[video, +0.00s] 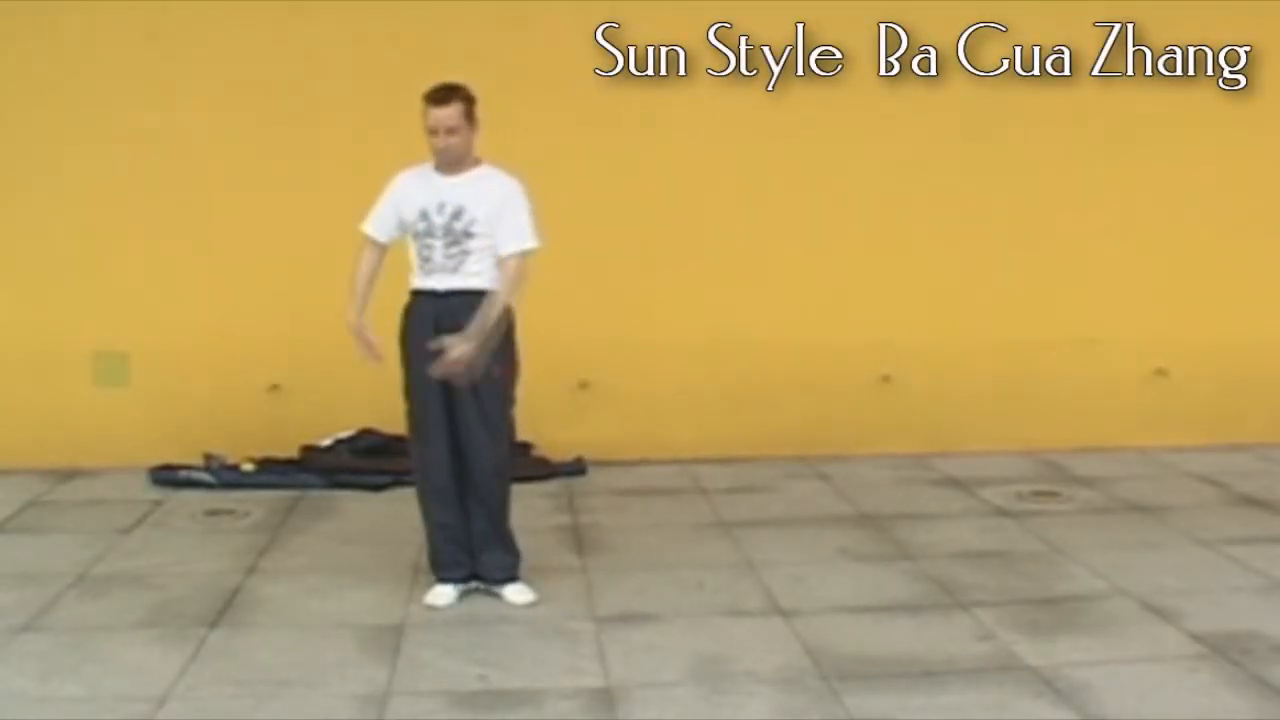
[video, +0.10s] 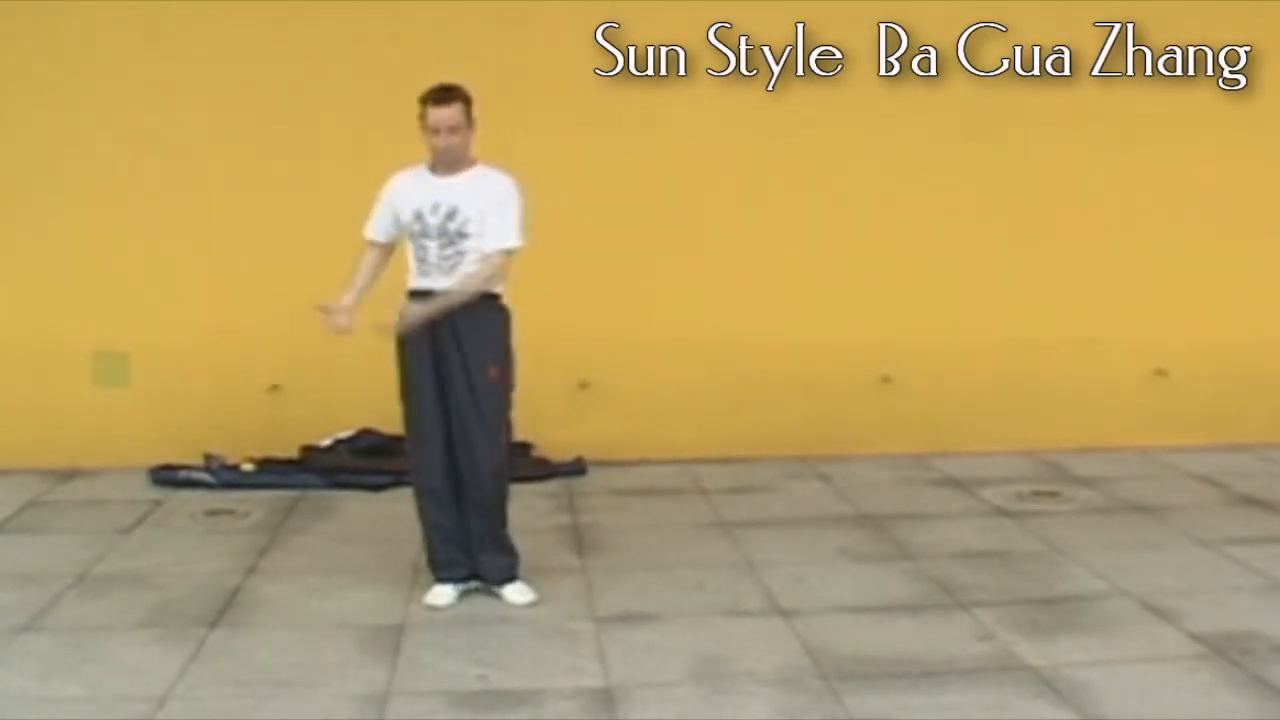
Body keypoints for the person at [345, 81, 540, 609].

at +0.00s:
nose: (442, 140)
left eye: (451, 130)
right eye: (434, 131)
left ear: (473, 130)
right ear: (425, 132)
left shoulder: (501, 188)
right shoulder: (408, 185)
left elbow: (514, 270)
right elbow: (373, 245)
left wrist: (476, 337)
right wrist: (357, 313)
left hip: (484, 310)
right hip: (426, 310)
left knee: (486, 446)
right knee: (432, 448)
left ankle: (499, 567)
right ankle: (450, 570)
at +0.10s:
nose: (444, 140)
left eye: (453, 130)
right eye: (435, 131)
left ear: (472, 129)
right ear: (422, 132)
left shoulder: (496, 188)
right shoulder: (403, 187)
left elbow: (494, 268)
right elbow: (377, 248)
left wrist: (428, 309)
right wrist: (350, 300)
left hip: (478, 316)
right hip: (420, 317)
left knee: (485, 447)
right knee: (430, 449)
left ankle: (496, 568)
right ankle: (449, 571)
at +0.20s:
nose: (450, 142)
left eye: (459, 132)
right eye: (440, 133)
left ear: (472, 133)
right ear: (423, 135)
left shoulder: (494, 188)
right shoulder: (398, 189)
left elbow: (471, 255)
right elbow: (374, 255)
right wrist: (326, 290)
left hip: (474, 321)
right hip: (419, 322)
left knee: (480, 450)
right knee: (426, 451)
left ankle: (493, 574)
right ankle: (449, 573)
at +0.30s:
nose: (454, 145)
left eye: (462, 136)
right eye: (444, 136)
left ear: (473, 138)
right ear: (425, 138)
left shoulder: (491, 186)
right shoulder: (396, 190)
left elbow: (478, 233)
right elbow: (368, 255)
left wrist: (421, 179)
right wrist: (336, 275)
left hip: (471, 324)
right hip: (413, 325)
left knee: (475, 456)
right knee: (422, 456)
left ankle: (482, 586)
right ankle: (445, 575)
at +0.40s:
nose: (455, 150)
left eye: (462, 139)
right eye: (445, 139)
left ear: (471, 141)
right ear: (423, 140)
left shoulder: (482, 196)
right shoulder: (391, 194)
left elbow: (503, 200)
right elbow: (353, 263)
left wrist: (475, 144)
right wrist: (396, 265)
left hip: (468, 324)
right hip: (410, 324)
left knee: (468, 463)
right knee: (416, 463)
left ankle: (465, 601)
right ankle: (443, 575)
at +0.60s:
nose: (462, 162)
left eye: (467, 152)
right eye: (453, 151)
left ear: (470, 155)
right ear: (420, 152)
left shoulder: (480, 206)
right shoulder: (386, 207)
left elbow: (552, 193)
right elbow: (377, 279)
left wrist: (566, 134)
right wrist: (461, 299)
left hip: (461, 342)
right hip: (402, 340)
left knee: (449, 483)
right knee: (401, 478)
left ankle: (431, 621)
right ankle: (452, 559)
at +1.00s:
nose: (492, 170)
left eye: (493, 159)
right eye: (482, 159)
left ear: (468, 163)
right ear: (440, 160)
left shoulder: (490, 218)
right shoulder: (390, 220)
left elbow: (571, 211)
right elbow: (393, 307)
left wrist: (656, 180)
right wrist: (478, 353)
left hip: (465, 373)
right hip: (398, 370)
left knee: (455, 514)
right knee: (395, 510)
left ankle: (414, 651)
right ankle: (436, 567)